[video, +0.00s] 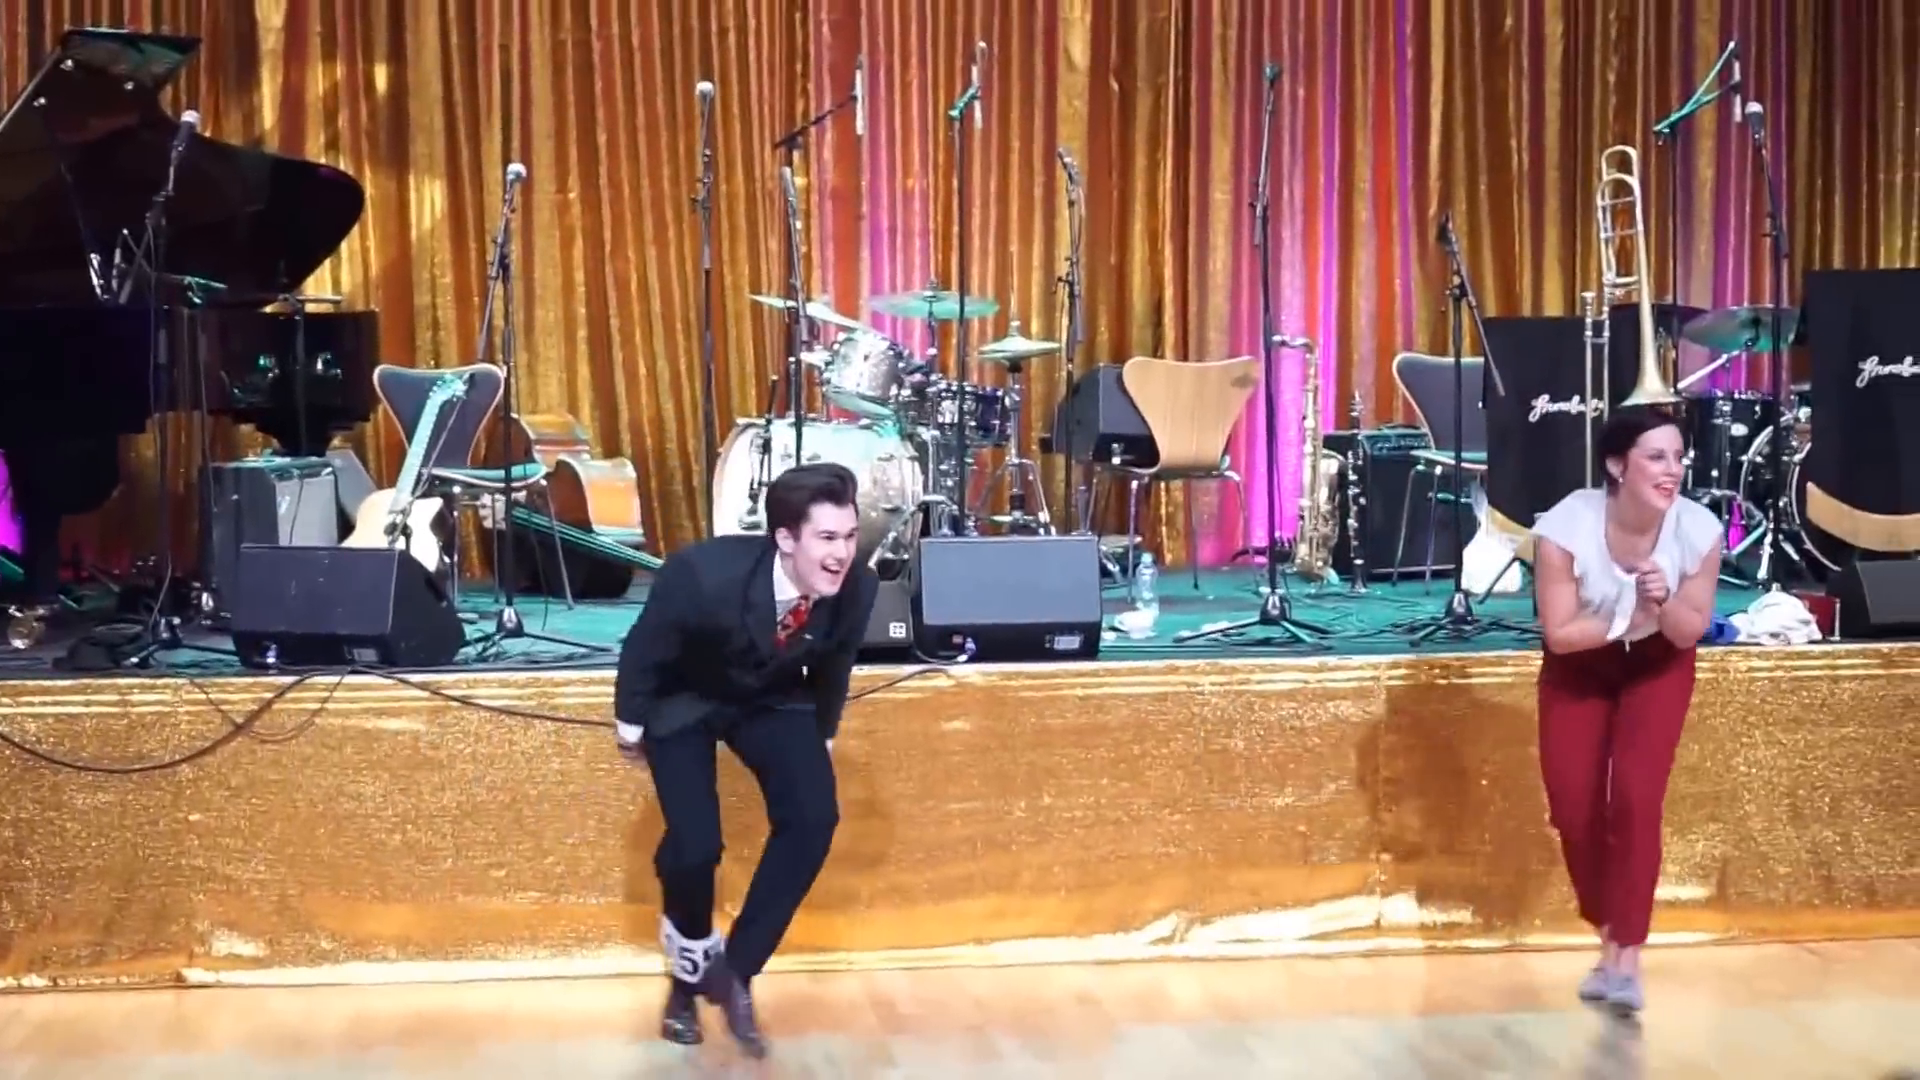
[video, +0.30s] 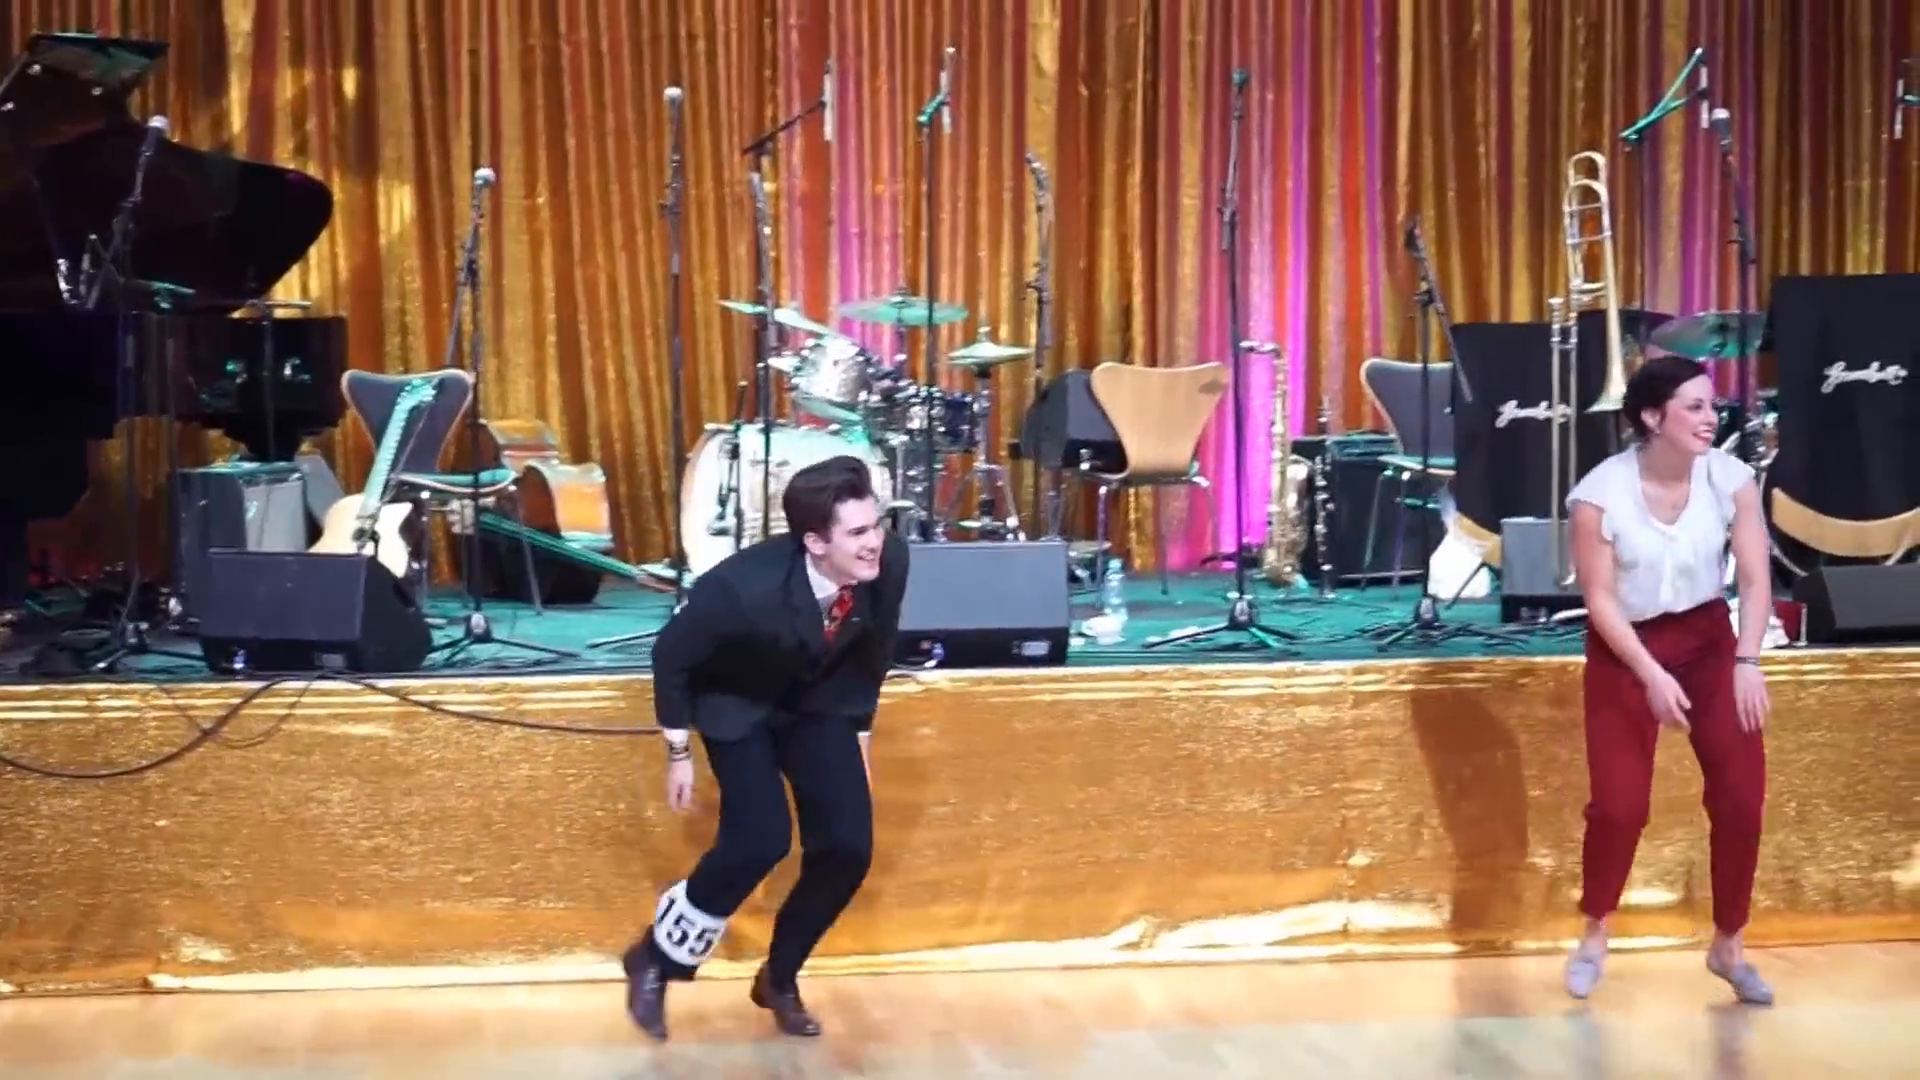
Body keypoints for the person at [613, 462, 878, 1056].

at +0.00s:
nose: (843, 553)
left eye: (850, 536)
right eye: (828, 538)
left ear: (859, 535)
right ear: (784, 540)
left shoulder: (854, 588)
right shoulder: (700, 577)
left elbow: (835, 665)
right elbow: (641, 652)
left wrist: (822, 731)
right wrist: (630, 729)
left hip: (771, 698)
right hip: (681, 699)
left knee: (811, 819)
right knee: (694, 846)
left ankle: (734, 971)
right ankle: (687, 975)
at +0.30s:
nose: (875, 541)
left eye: (877, 524)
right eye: (858, 532)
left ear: (885, 519)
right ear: (813, 541)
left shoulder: (888, 563)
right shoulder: (742, 590)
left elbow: (874, 655)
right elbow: (669, 655)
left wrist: (861, 735)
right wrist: (677, 752)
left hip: (818, 710)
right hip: (733, 706)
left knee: (846, 850)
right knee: (759, 838)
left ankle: (778, 976)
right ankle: (654, 956)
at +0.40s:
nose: (879, 532)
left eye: (880, 515)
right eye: (862, 524)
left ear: (887, 510)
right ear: (819, 536)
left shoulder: (901, 551)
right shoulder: (750, 581)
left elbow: (900, 642)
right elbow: (705, 651)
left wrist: (902, 733)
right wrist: (735, 742)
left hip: (839, 695)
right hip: (765, 699)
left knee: (869, 832)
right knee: (821, 814)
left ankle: (785, 943)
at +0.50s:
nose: (883, 529)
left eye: (882, 512)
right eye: (865, 521)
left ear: (887, 503)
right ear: (822, 532)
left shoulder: (908, 542)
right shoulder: (763, 600)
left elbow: (931, 623)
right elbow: (745, 699)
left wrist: (947, 708)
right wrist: (789, 761)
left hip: (872, 716)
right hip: (798, 726)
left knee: (864, 852)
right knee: (864, 845)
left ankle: (770, 971)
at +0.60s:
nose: (877, 514)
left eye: (879, 498)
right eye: (860, 510)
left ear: (881, 479)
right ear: (816, 511)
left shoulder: (894, 503)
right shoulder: (778, 587)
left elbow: (961, 545)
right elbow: (788, 712)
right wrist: (853, 719)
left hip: (899, 693)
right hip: (827, 718)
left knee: (887, 861)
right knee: (893, 834)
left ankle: (773, 958)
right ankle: (934, 992)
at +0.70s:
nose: (876, 502)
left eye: (880, 485)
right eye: (859, 495)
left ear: (884, 459)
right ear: (817, 486)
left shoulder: (887, 458)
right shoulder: (794, 552)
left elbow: (974, 474)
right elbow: (848, 669)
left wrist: (1013, 507)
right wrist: (912, 642)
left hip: (891, 659)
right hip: (827, 691)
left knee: (963, 796)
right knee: (913, 808)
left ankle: (853, 928)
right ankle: (911, 986)